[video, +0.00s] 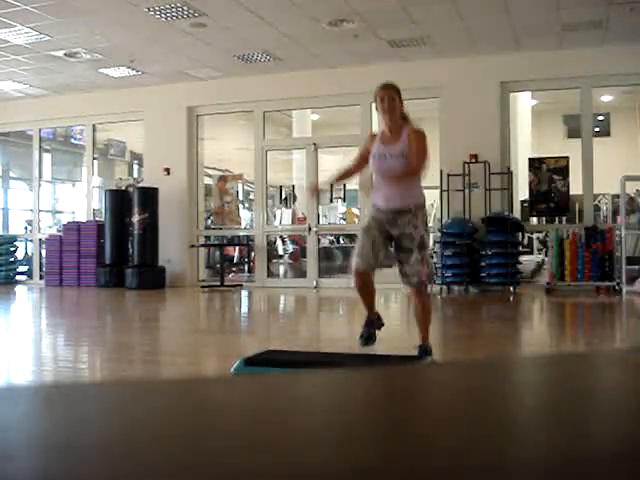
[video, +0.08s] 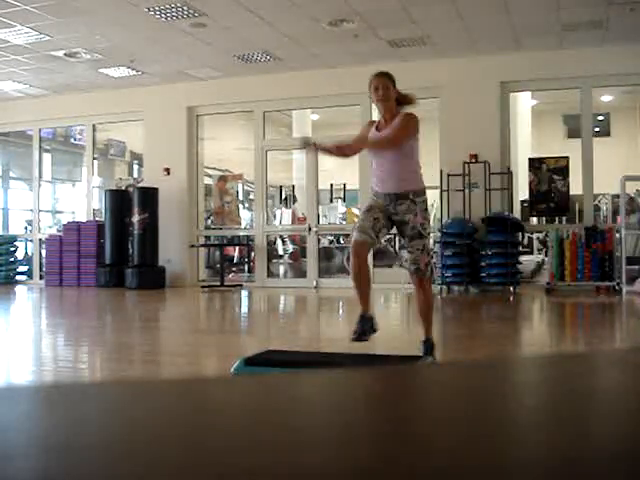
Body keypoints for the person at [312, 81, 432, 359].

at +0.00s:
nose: (386, 105)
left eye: (391, 100)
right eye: (381, 101)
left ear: (401, 103)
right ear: (375, 106)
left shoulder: (414, 135)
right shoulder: (374, 139)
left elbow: (416, 169)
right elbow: (356, 166)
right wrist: (327, 184)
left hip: (410, 213)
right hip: (379, 213)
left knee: (418, 282)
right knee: (360, 270)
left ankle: (424, 343)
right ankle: (372, 317)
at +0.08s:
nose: (379, 93)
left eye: (383, 88)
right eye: (375, 90)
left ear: (394, 91)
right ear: (370, 95)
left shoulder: (408, 119)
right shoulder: (371, 128)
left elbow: (388, 141)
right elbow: (349, 150)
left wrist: (359, 142)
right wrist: (318, 146)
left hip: (411, 201)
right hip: (380, 200)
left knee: (420, 273)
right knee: (358, 247)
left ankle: (428, 340)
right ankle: (366, 315)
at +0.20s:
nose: (375, 101)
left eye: (379, 96)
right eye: (370, 98)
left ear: (390, 100)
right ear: (365, 104)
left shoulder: (403, 129)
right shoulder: (367, 138)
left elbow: (369, 132)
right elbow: (339, 149)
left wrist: (332, 125)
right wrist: (329, 129)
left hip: (409, 210)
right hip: (377, 211)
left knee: (424, 281)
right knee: (355, 261)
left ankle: (438, 347)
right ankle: (345, 333)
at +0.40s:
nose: (358, 90)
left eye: (363, 85)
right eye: (354, 87)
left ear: (373, 90)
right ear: (348, 93)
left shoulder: (387, 118)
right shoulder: (342, 128)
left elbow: (367, 120)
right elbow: (305, 149)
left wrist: (328, 121)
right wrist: (286, 118)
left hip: (395, 201)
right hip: (362, 206)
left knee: (413, 273)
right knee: (345, 265)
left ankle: (431, 336)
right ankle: (346, 335)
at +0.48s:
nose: (356, 84)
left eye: (361, 79)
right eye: (351, 81)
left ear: (370, 84)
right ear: (345, 88)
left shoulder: (384, 112)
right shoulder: (338, 124)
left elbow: (375, 118)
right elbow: (304, 147)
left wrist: (335, 121)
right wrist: (285, 117)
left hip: (393, 194)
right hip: (359, 199)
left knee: (409, 262)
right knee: (345, 263)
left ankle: (426, 321)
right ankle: (345, 335)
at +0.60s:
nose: (346, 73)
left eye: (350, 68)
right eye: (340, 69)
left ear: (360, 72)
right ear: (333, 76)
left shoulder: (377, 102)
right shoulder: (329, 111)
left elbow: (406, 122)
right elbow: (313, 149)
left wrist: (382, 124)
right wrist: (310, 120)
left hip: (383, 177)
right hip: (352, 188)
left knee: (381, 210)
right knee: (346, 258)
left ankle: (403, 259)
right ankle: (348, 331)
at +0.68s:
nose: (342, 77)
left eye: (346, 71)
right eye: (336, 73)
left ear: (356, 75)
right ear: (329, 80)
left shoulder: (373, 109)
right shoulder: (325, 118)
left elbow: (409, 139)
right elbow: (321, 159)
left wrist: (396, 145)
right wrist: (331, 137)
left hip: (379, 179)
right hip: (345, 190)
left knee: (365, 195)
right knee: (341, 263)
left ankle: (393, 237)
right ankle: (352, 334)